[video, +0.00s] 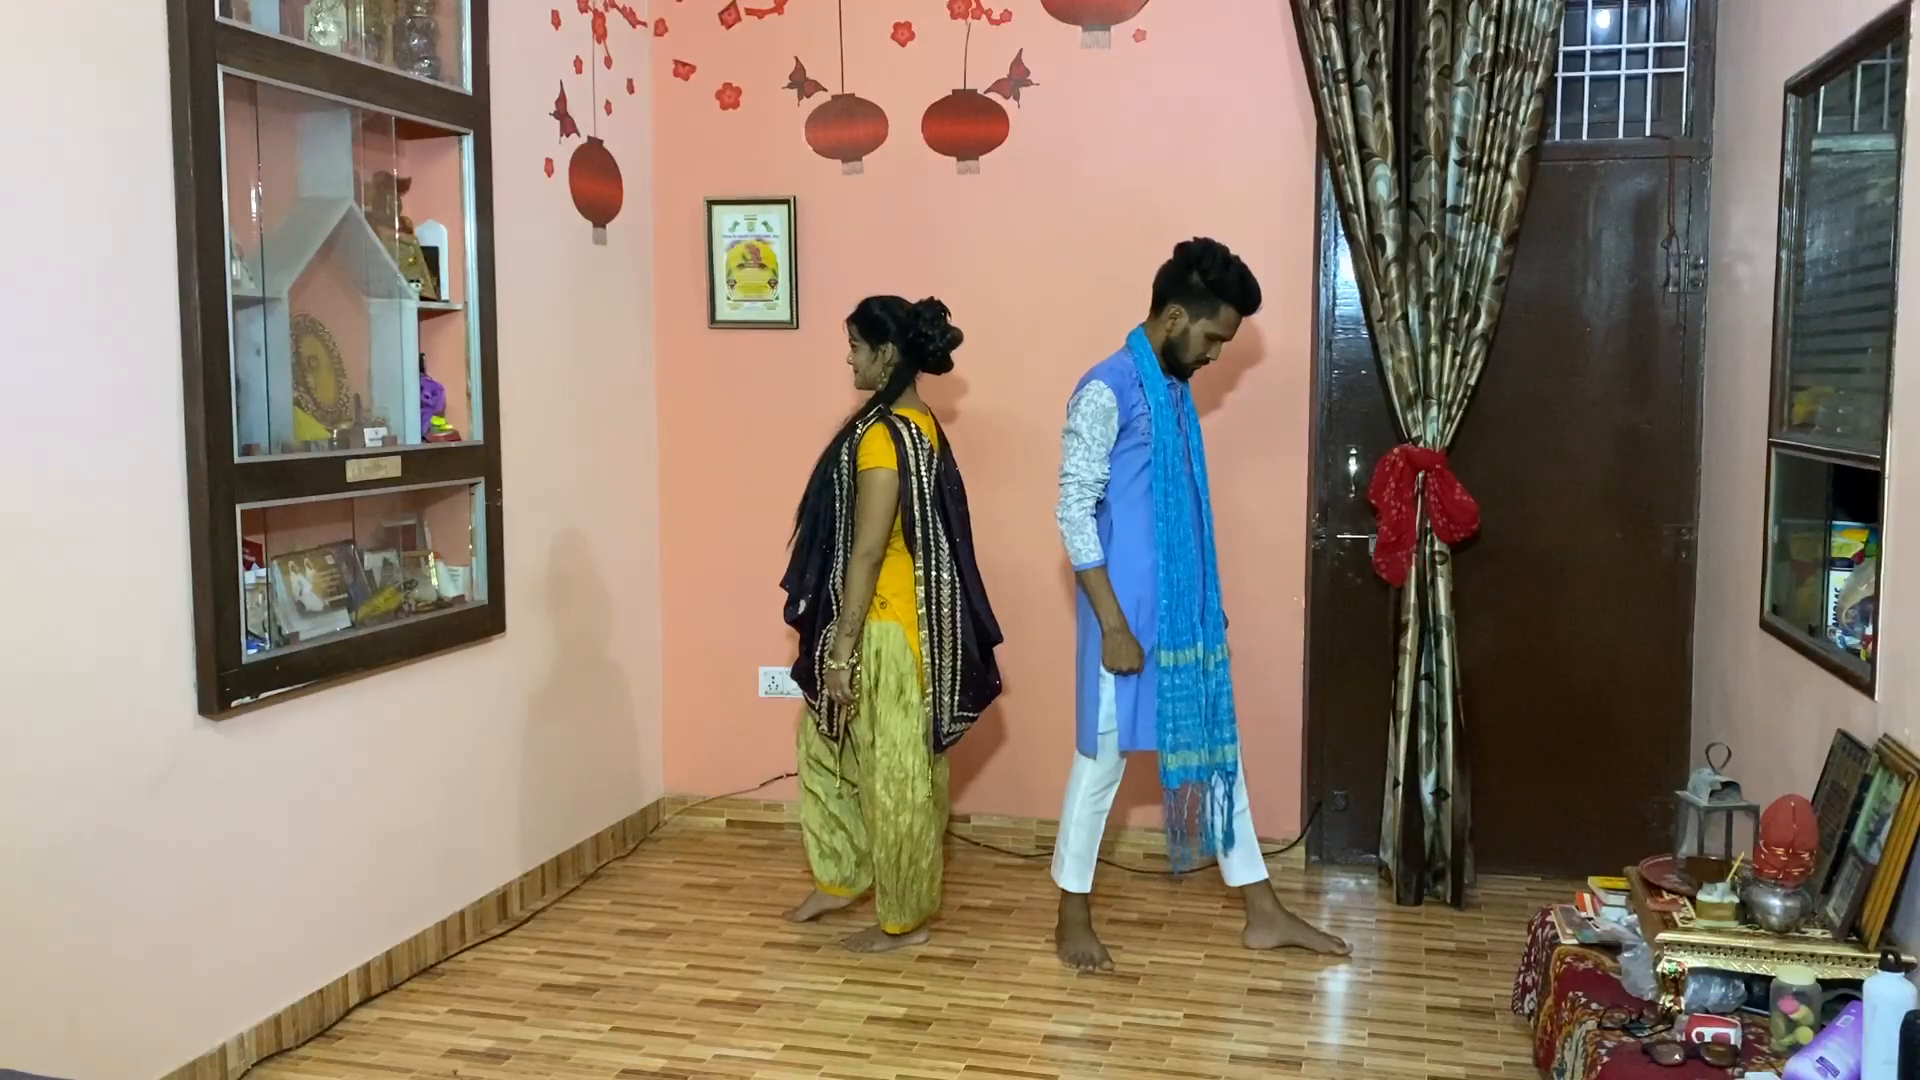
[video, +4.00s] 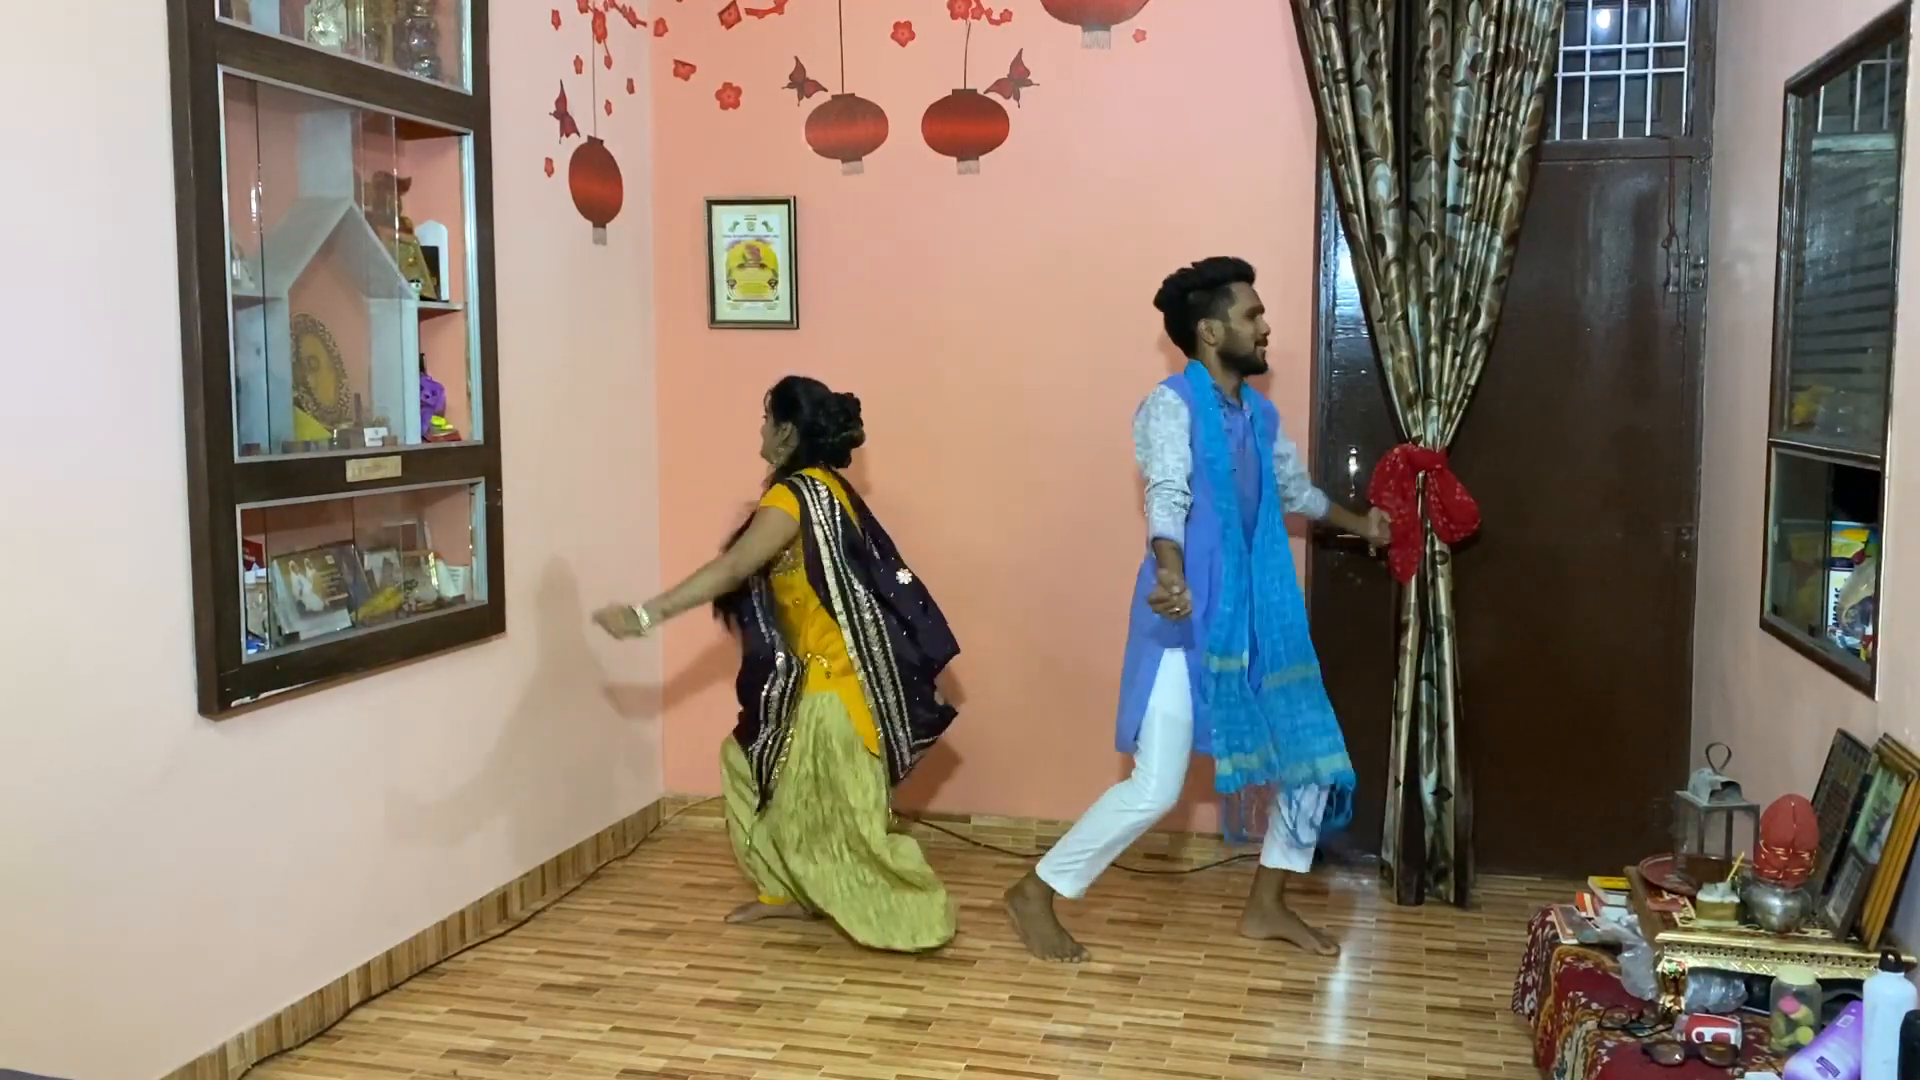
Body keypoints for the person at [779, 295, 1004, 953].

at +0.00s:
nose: (849, 359)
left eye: (858, 348)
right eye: (850, 347)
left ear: (891, 354)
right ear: (897, 355)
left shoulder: (884, 434)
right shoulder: (915, 425)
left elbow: (869, 550)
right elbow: (880, 547)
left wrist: (842, 647)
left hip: (888, 628)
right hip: (883, 619)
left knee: (896, 772)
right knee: (826, 747)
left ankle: (905, 915)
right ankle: (842, 875)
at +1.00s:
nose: (845, 360)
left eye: (854, 348)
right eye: (847, 348)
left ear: (885, 354)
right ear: (895, 355)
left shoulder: (882, 435)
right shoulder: (914, 426)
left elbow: (870, 551)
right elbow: (882, 548)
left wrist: (844, 647)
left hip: (888, 629)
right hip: (888, 621)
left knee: (897, 775)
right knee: (827, 749)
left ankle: (904, 917)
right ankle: (842, 876)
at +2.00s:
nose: (845, 359)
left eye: (854, 347)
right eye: (846, 346)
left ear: (885, 354)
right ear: (894, 354)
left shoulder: (879, 434)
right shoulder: (914, 424)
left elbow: (867, 550)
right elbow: (885, 546)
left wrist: (841, 645)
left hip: (885, 628)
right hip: (887, 618)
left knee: (897, 775)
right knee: (828, 752)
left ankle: (905, 915)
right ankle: (841, 879)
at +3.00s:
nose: (842, 359)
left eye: (850, 349)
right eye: (845, 348)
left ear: (880, 357)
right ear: (888, 358)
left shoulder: (877, 439)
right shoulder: (908, 426)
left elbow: (867, 558)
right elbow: (892, 552)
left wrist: (788, 618)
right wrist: (811, 614)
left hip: (880, 630)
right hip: (885, 623)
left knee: (889, 772)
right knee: (818, 745)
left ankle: (907, 915)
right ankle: (845, 880)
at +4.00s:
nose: (760, 429)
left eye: (768, 420)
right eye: (765, 419)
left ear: (792, 431)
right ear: (806, 432)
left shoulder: (792, 496)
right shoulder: (828, 488)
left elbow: (731, 570)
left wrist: (644, 614)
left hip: (834, 679)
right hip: (835, 671)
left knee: (834, 806)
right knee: (743, 758)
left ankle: (921, 911)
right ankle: (787, 891)